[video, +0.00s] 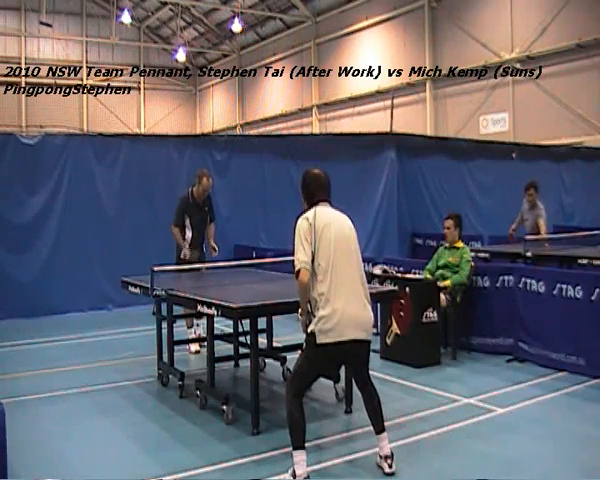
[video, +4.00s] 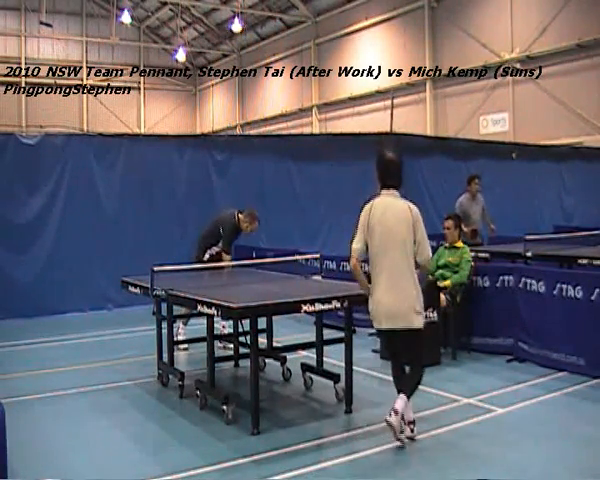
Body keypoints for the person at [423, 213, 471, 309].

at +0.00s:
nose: (445, 232)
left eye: (448, 228)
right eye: (444, 228)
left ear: (457, 230)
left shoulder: (464, 251)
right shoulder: (442, 249)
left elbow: (463, 277)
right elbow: (430, 268)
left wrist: (445, 283)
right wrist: (428, 277)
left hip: (453, 285)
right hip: (436, 282)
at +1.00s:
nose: (445, 232)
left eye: (448, 228)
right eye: (444, 228)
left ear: (457, 230)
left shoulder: (464, 251)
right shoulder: (442, 249)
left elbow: (463, 277)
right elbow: (429, 268)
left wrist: (445, 283)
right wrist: (428, 277)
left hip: (452, 286)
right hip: (435, 282)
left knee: (440, 298)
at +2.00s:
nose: (445, 232)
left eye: (448, 229)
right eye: (444, 229)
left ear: (457, 230)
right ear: (443, 230)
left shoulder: (464, 251)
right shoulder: (442, 249)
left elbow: (463, 276)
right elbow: (430, 267)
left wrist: (446, 283)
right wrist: (428, 277)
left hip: (452, 284)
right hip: (436, 281)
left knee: (442, 298)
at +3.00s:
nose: (445, 232)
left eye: (448, 229)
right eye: (444, 229)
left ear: (457, 230)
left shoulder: (464, 251)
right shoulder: (442, 249)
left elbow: (463, 276)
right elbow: (429, 267)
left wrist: (446, 283)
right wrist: (428, 276)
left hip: (453, 284)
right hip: (436, 281)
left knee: (442, 298)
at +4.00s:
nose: (445, 232)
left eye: (448, 228)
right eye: (444, 229)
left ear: (458, 230)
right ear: (442, 229)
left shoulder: (464, 251)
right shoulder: (441, 249)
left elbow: (463, 275)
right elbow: (431, 267)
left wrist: (447, 283)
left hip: (453, 284)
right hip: (437, 282)